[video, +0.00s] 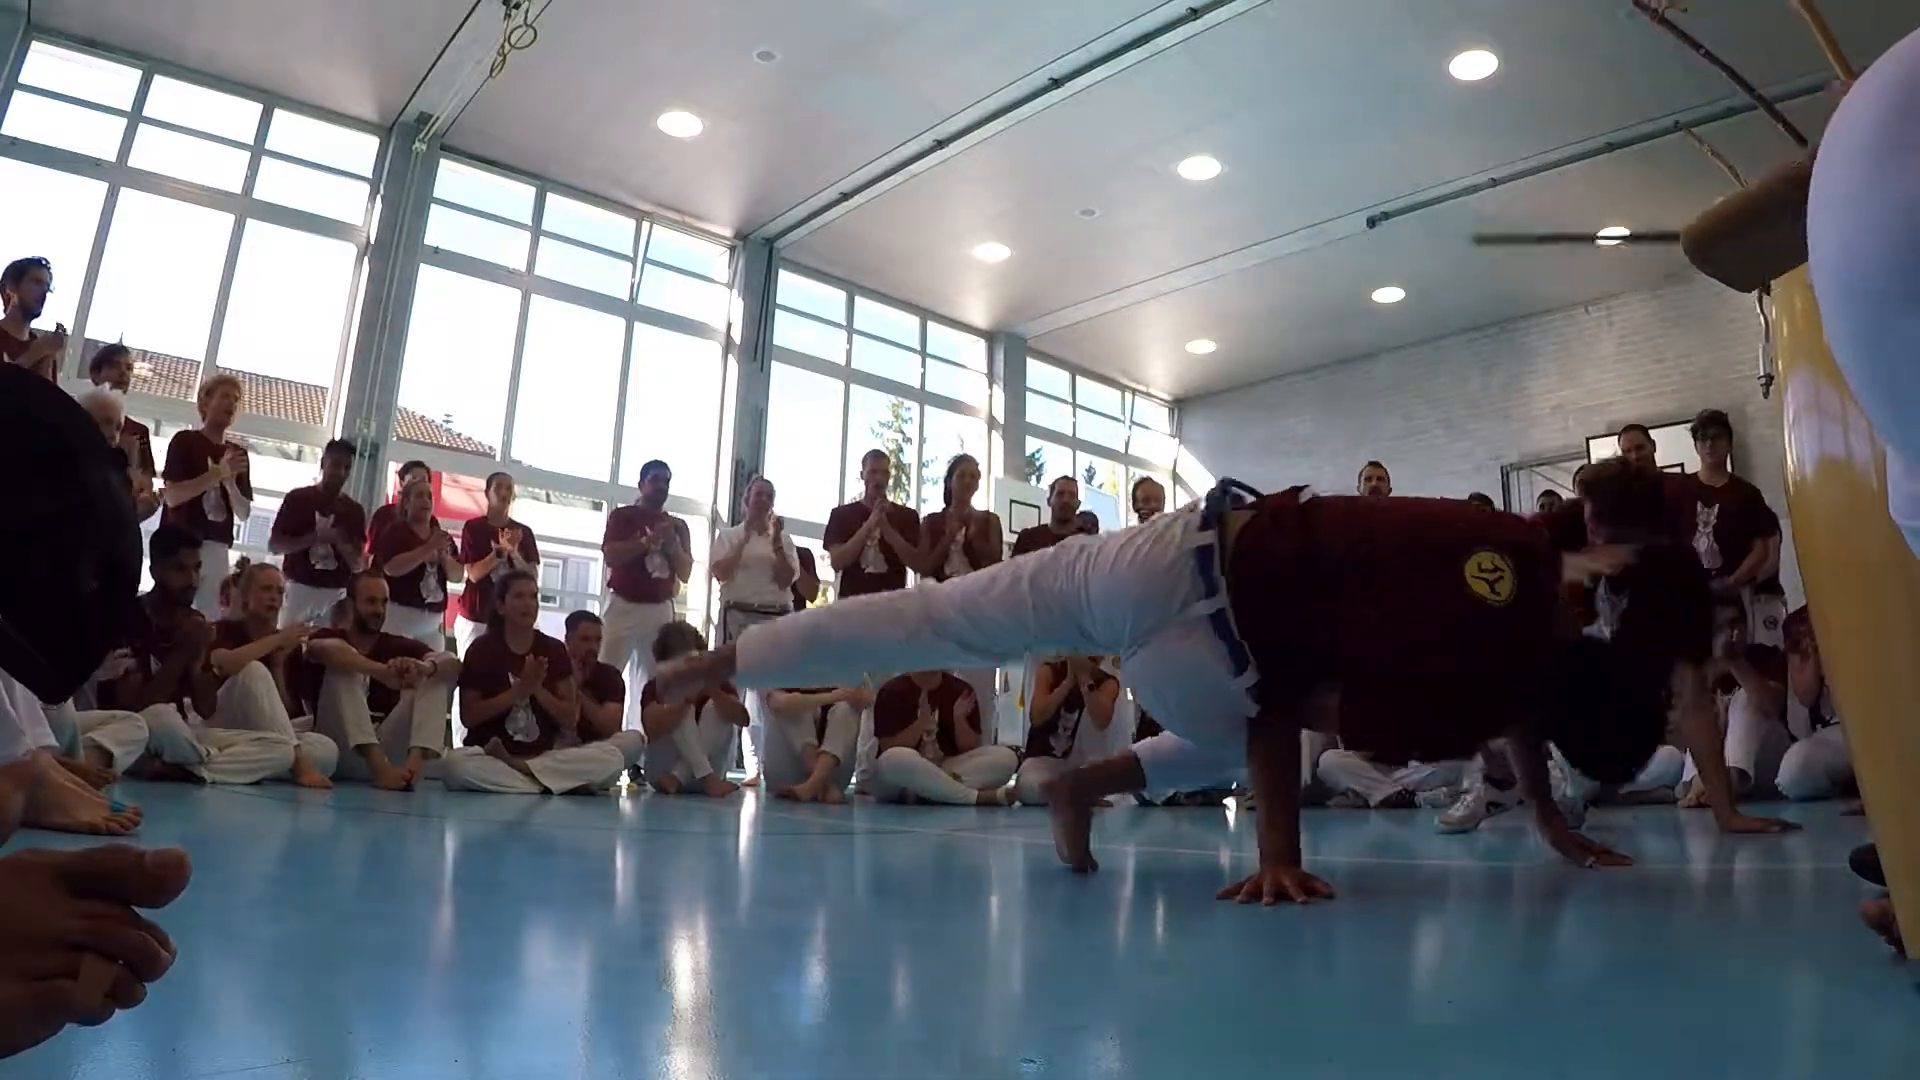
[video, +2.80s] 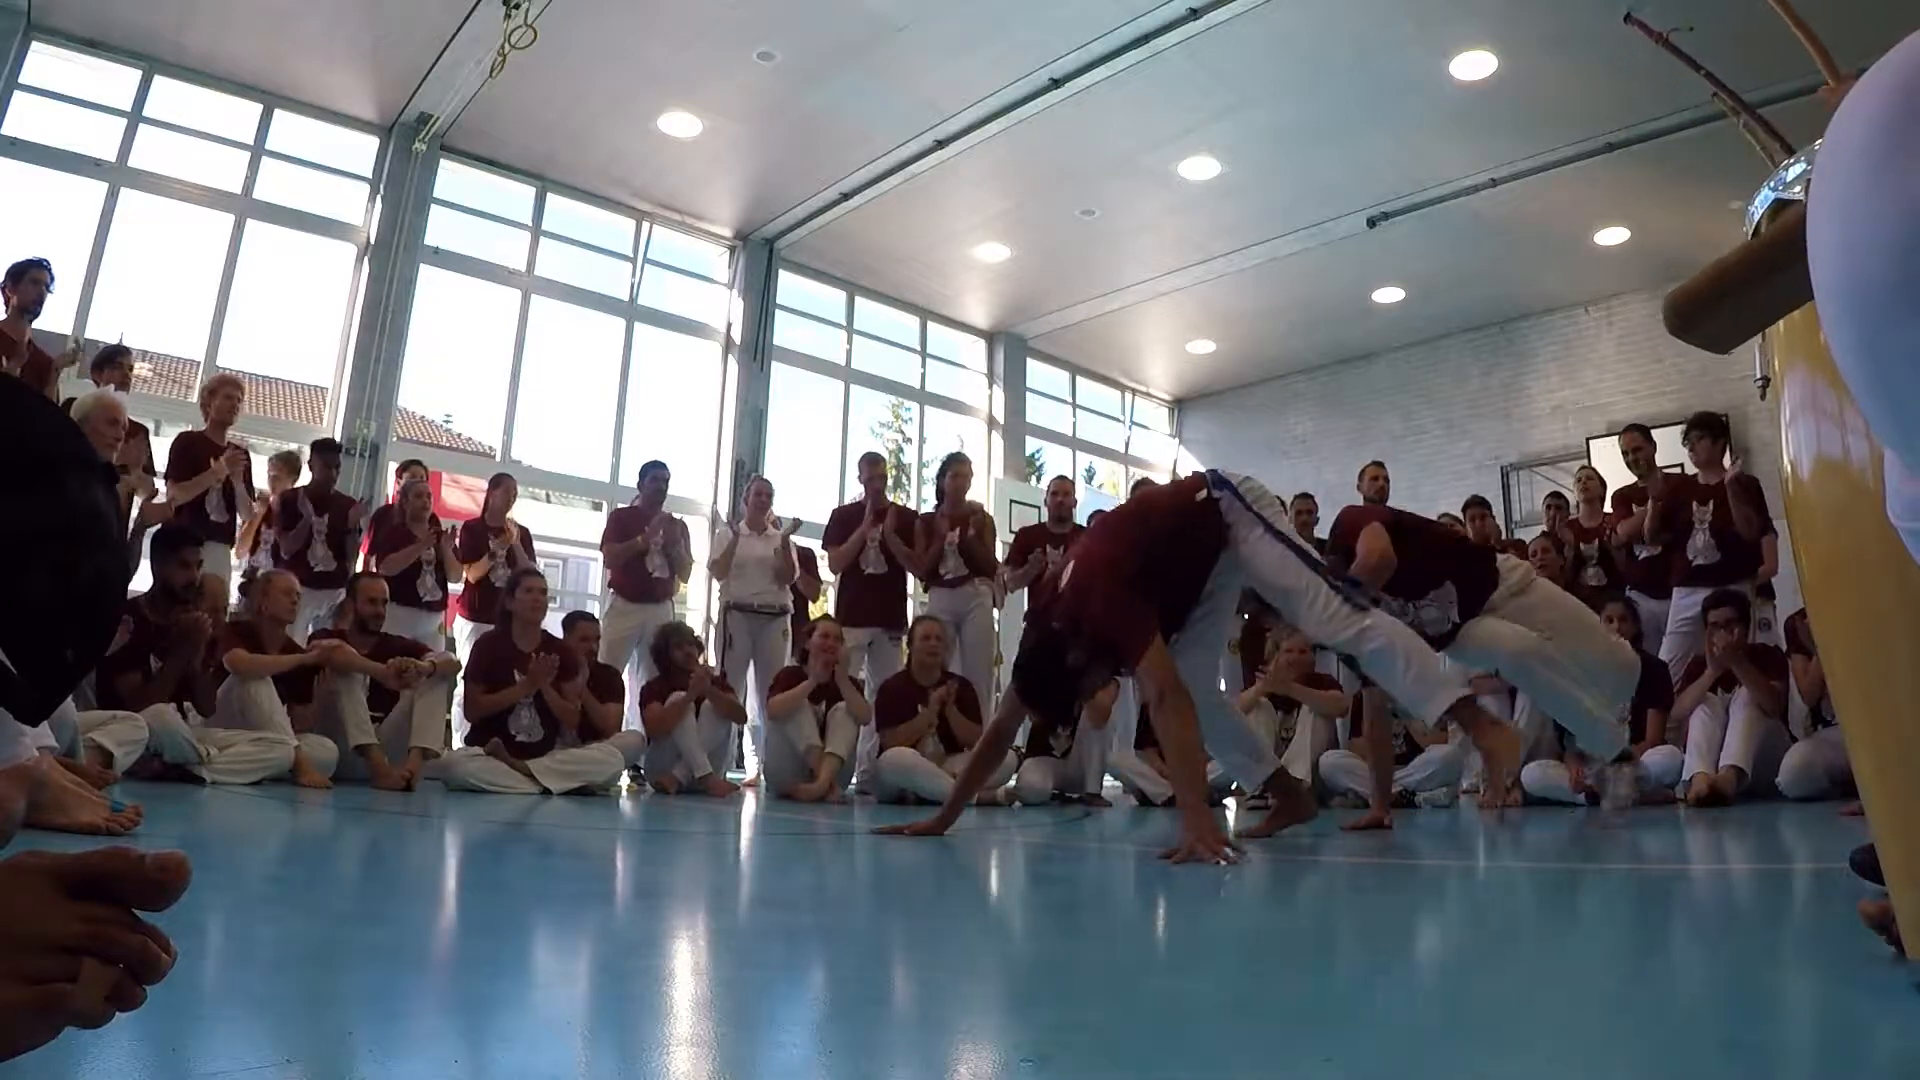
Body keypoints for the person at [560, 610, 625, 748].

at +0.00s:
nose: (593, 647)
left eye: (598, 640)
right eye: (585, 639)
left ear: (601, 642)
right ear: (568, 640)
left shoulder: (611, 675)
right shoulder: (552, 672)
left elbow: (609, 728)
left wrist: (575, 691)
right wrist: (572, 684)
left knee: (634, 739)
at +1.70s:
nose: (591, 646)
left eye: (596, 639)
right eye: (583, 639)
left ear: (600, 640)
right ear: (565, 640)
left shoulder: (609, 675)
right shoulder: (550, 673)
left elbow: (610, 729)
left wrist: (578, 690)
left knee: (634, 738)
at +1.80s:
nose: (592, 646)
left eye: (596, 639)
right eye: (583, 639)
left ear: (600, 640)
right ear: (565, 640)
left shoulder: (610, 675)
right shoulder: (550, 672)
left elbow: (609, 729)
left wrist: (578, 701)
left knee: (634, 738)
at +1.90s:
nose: (592, 646)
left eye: (596, 639)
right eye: (583, 639)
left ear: (600, 640)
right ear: (566, 639)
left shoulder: (609, 675)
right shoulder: (551, 673)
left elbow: (610, 728)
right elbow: (570, 722)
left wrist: (579, 696)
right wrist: (549, 687)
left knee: (633, 738)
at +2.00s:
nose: (593, 647)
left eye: (596, 639)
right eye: (584, 640)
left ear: (600, 640)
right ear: (565, 641)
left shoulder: (610, 674)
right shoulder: (552, 674)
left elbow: (609, 728)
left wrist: (582, 696)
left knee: (634, 738)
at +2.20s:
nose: (592, 647)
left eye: (596, 640)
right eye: (584, 640)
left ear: (600, 640)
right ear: (565, 640)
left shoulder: (609, 675)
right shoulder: (549, 671)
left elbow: (609, 727)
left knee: (634, 739)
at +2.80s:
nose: (593, 647)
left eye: (597, 640)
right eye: (584, 640)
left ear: (600, 640)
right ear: (565, 640)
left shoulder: (610, 675)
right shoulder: (550, 672)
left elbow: (610, 729)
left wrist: (583, 691)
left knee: (635, 739)